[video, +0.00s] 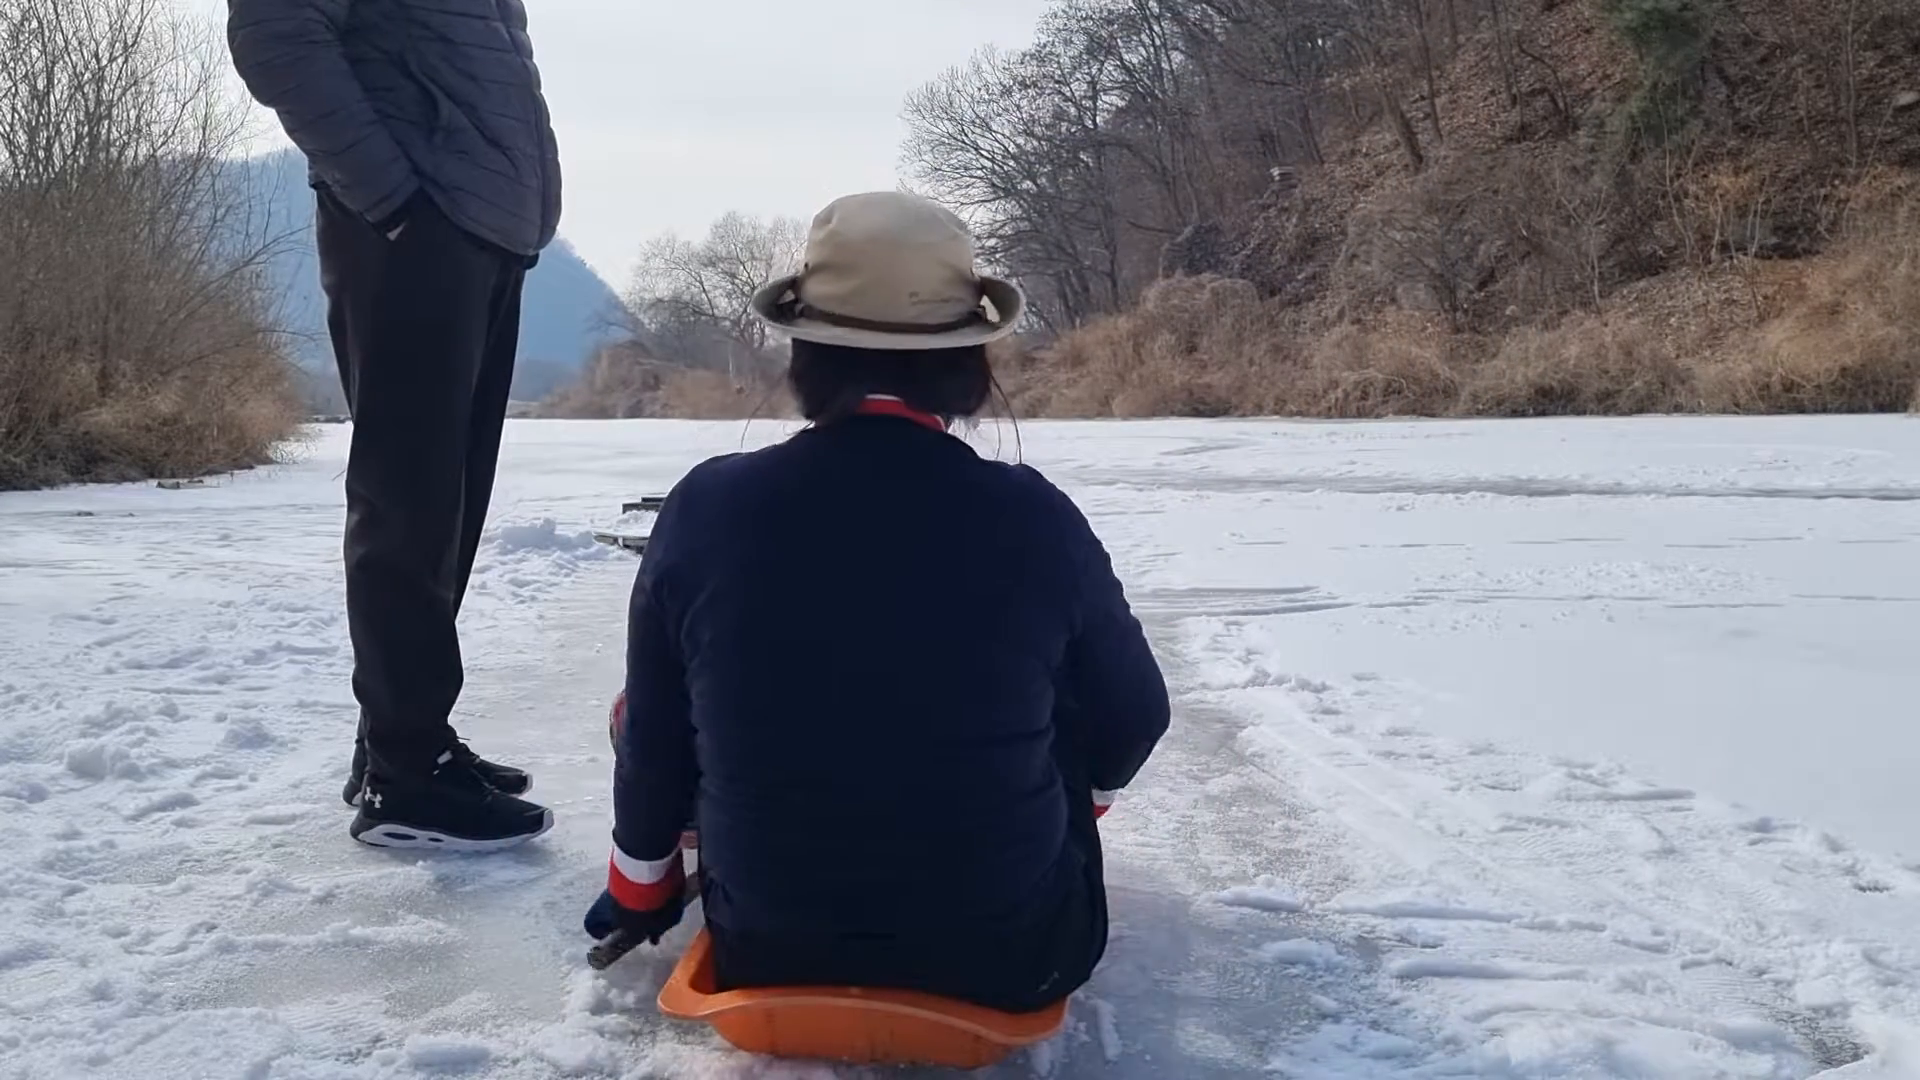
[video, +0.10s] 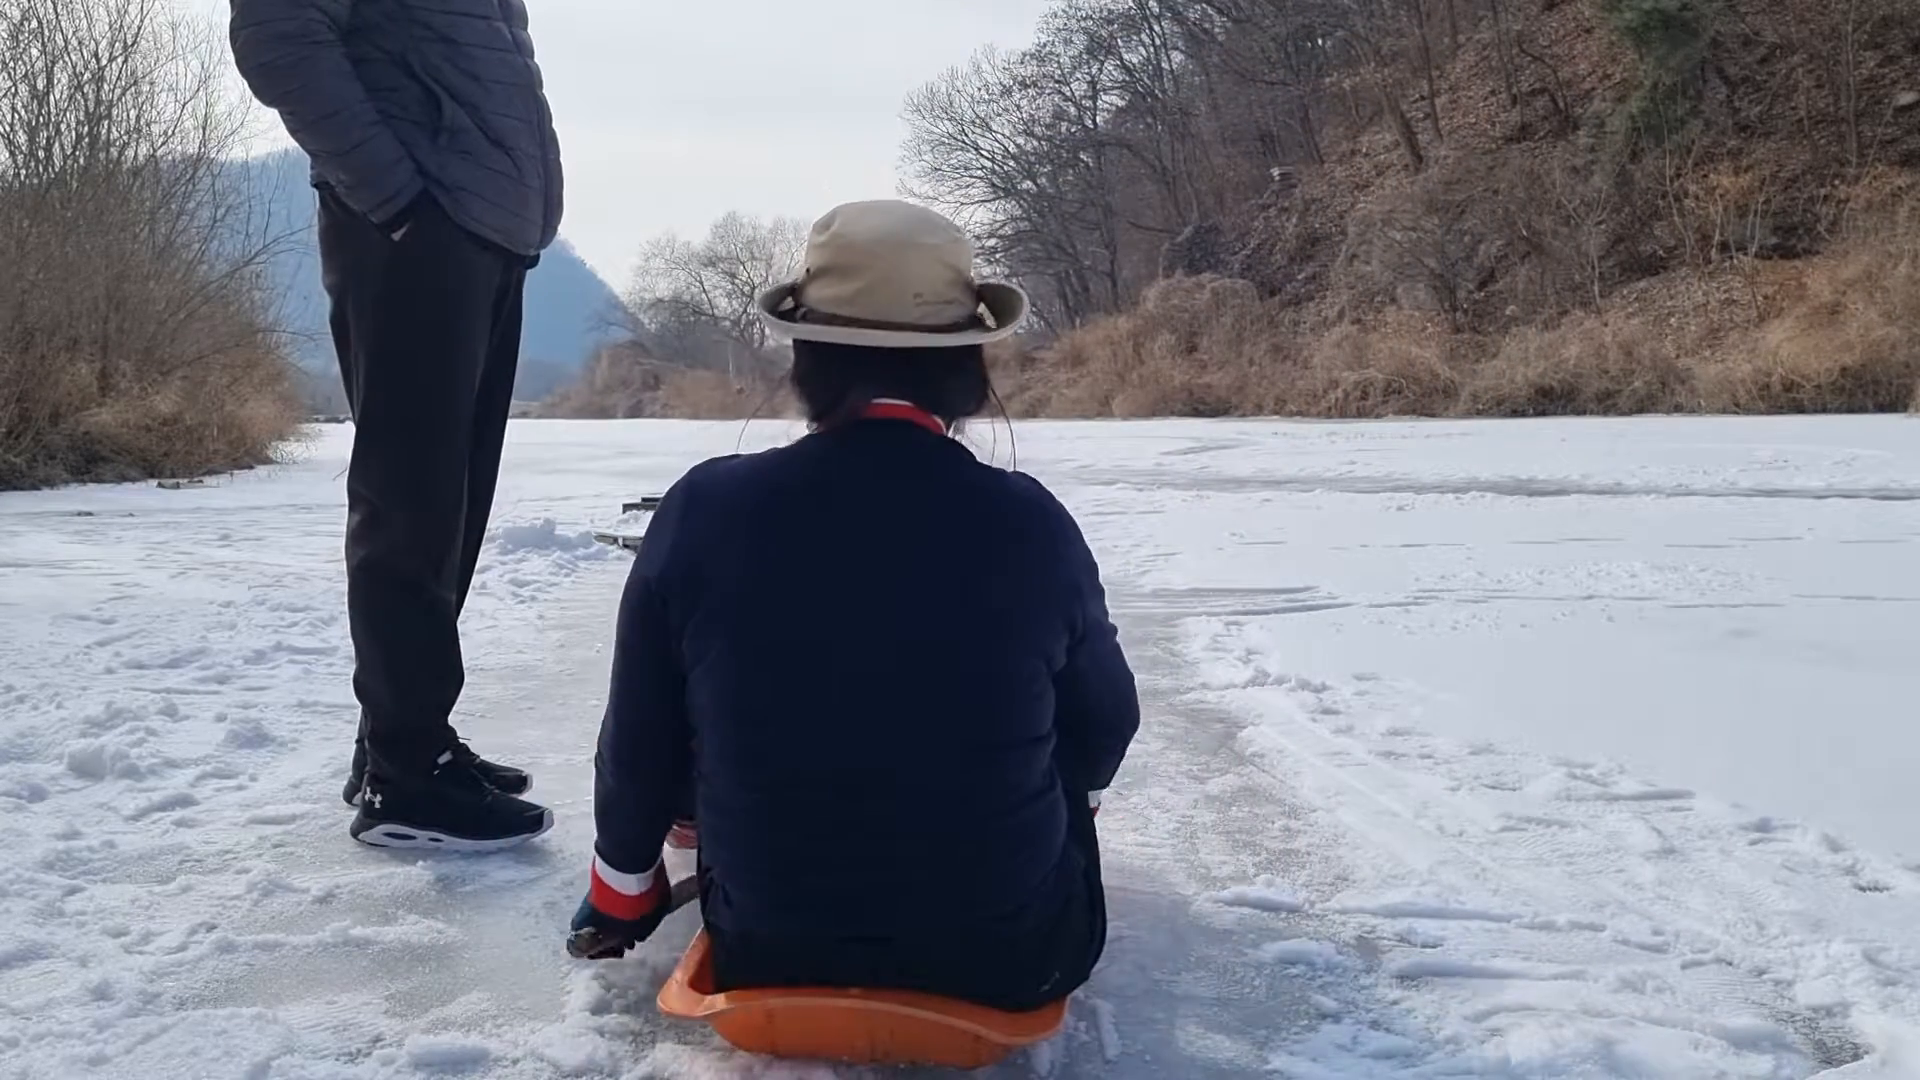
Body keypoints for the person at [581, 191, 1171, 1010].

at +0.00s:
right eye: (985, 343)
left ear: (806, 356)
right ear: (973, 365)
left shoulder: (709, 502)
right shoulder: (1034, 511)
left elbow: (654, 727)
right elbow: (1135, 706)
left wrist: (641, 883)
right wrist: (1053, 792)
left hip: (771, 949)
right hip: (1000, 960)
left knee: (645, 697)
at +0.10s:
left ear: (807, 369)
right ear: (968, 371)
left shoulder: (705, 505)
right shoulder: (1028, 517)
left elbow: (638, 736)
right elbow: (1107, 715)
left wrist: (622, 890)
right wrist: (1029, 801)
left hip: (772, 947)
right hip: (997, 957)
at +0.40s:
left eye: (770, 352)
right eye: (955, 348)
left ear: (781, 370)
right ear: (944, 369)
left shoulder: (686, 517)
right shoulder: (1014, 515)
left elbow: (622, 758)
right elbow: (1134, 721)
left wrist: (566, 935)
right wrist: (1087, 841)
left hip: (768, 950)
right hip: (996, 959)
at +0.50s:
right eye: (947, 355)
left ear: (774, 373)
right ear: (936, 371)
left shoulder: (684, 520)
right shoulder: (1013, 515)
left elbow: (625, 760)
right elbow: (1133, 703)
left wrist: (550, 924)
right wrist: (1089, 827)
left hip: (767, 949)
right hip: (993, 957)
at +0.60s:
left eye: (758, 359)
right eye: (943, 352)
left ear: (771, 373)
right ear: (932, 369)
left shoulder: (688, 519)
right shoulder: (1012, 513)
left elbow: (626, 763)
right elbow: (1132, 691)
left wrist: (541, 903)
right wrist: (1086, 807)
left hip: (769, 951)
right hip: (994, 960)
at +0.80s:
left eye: (774, 360)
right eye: (956, 350)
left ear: (785, 375)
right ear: (946, 368)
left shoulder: (698, 517)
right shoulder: (1023, 513)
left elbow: (630, 768)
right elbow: (1131, 661)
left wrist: (547, 869)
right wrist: (1139, 714)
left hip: (769, 953)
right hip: (992, 962)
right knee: (1035, 660)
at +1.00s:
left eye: (803, 351)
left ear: (815, 370)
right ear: (968, 368)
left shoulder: (722, 505)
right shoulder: (1034, 513)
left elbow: (638, 751)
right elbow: (1114, 623)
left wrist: (564, 824)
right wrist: (1151, 648)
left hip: (774, 954)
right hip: (995, 968)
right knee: (1036, 664)